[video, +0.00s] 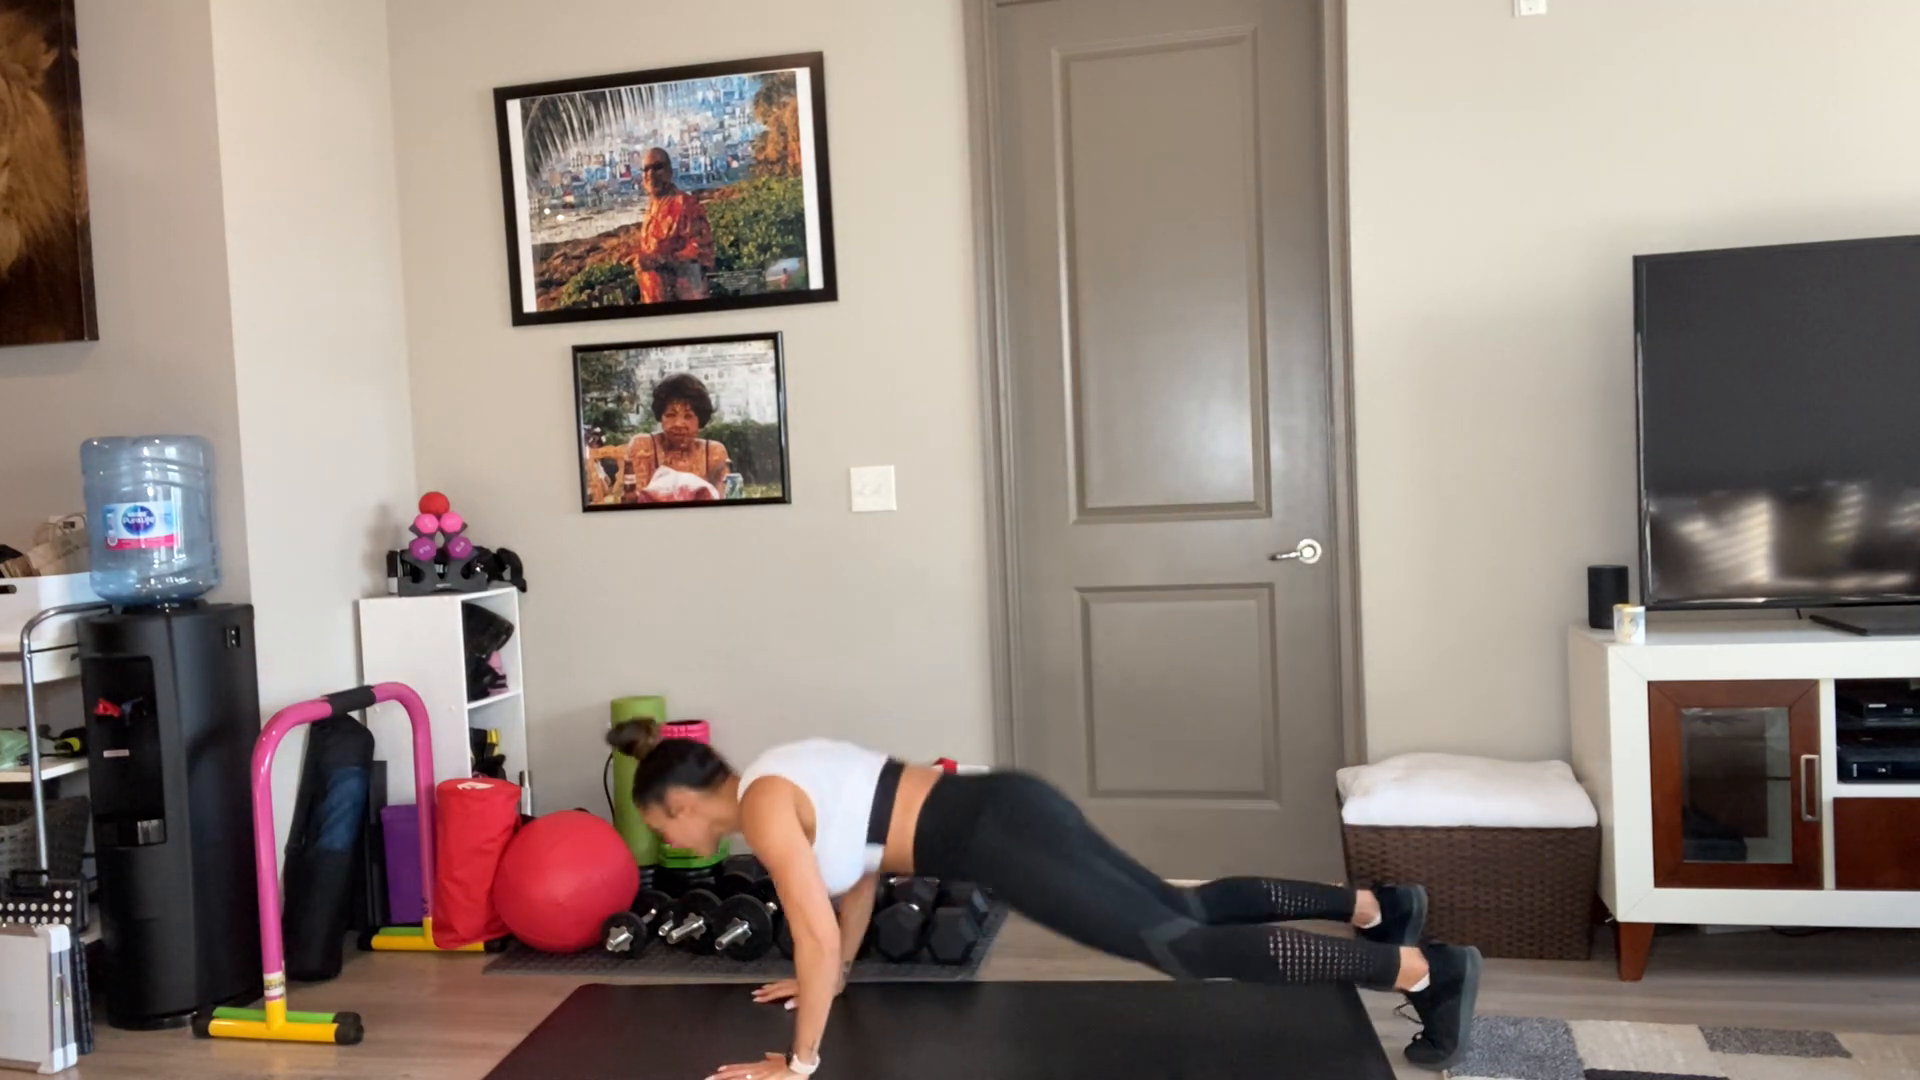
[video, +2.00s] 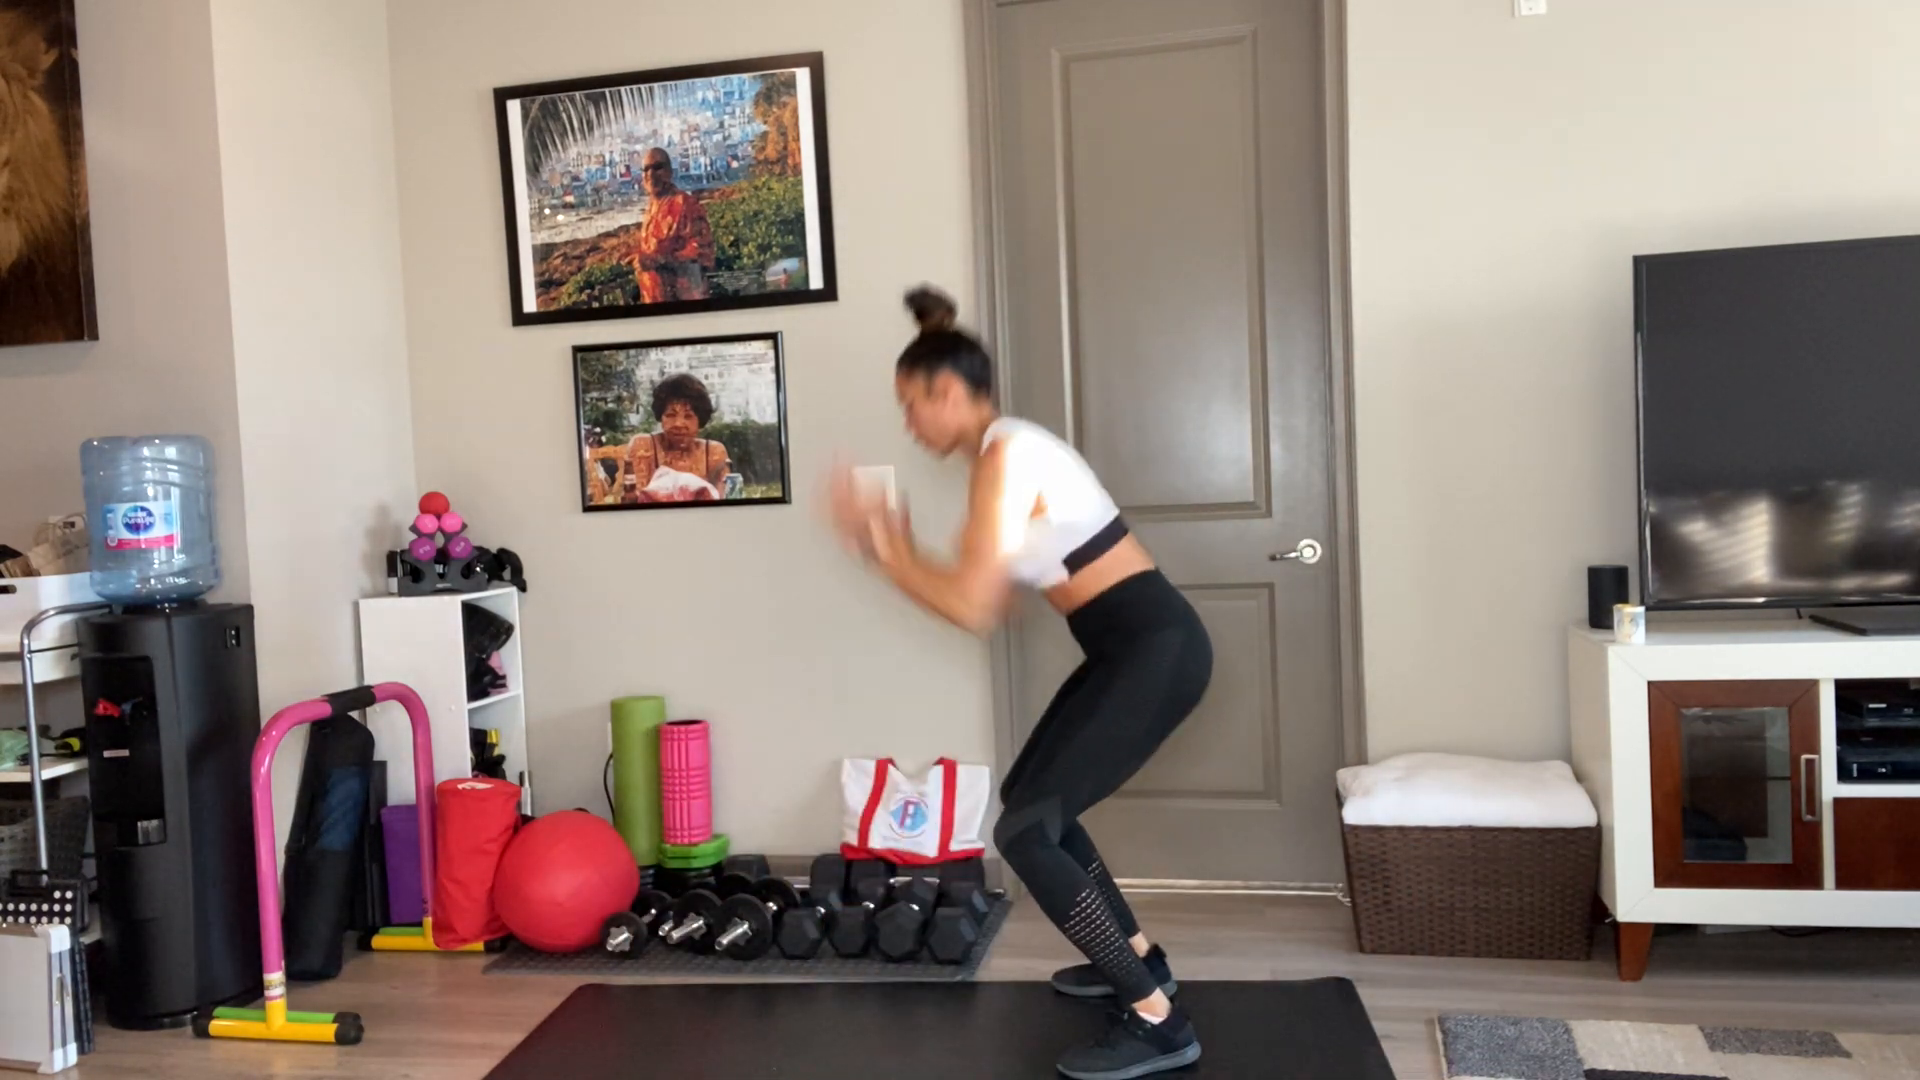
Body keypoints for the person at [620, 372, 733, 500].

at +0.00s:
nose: (679, 424)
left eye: (688, 416)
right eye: (671, 415)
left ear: (701, 420)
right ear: (660, 418)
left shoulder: (715, 451)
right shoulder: (642, 446)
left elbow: (719, 501)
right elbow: (638, 499)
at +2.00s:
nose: (679, 424)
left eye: (688, 416)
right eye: (671, 415)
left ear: (701, 420)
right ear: (660, 418)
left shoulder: (715, 451)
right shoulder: (641, 446)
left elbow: (722, 500)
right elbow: (636, 498)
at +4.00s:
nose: (679, 424)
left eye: (688, 416)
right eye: (670, 415)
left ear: (700, 420)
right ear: (660, 418)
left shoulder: (714, 451)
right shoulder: (641, 446)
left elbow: (722, 499)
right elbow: (629, 499)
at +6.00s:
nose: (679, 424)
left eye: (688, 416)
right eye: (670, 415)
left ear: (700, 420)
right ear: (660, 417)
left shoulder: (715, 451)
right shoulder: (641, 446)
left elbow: (721, 501)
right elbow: (634, 500)